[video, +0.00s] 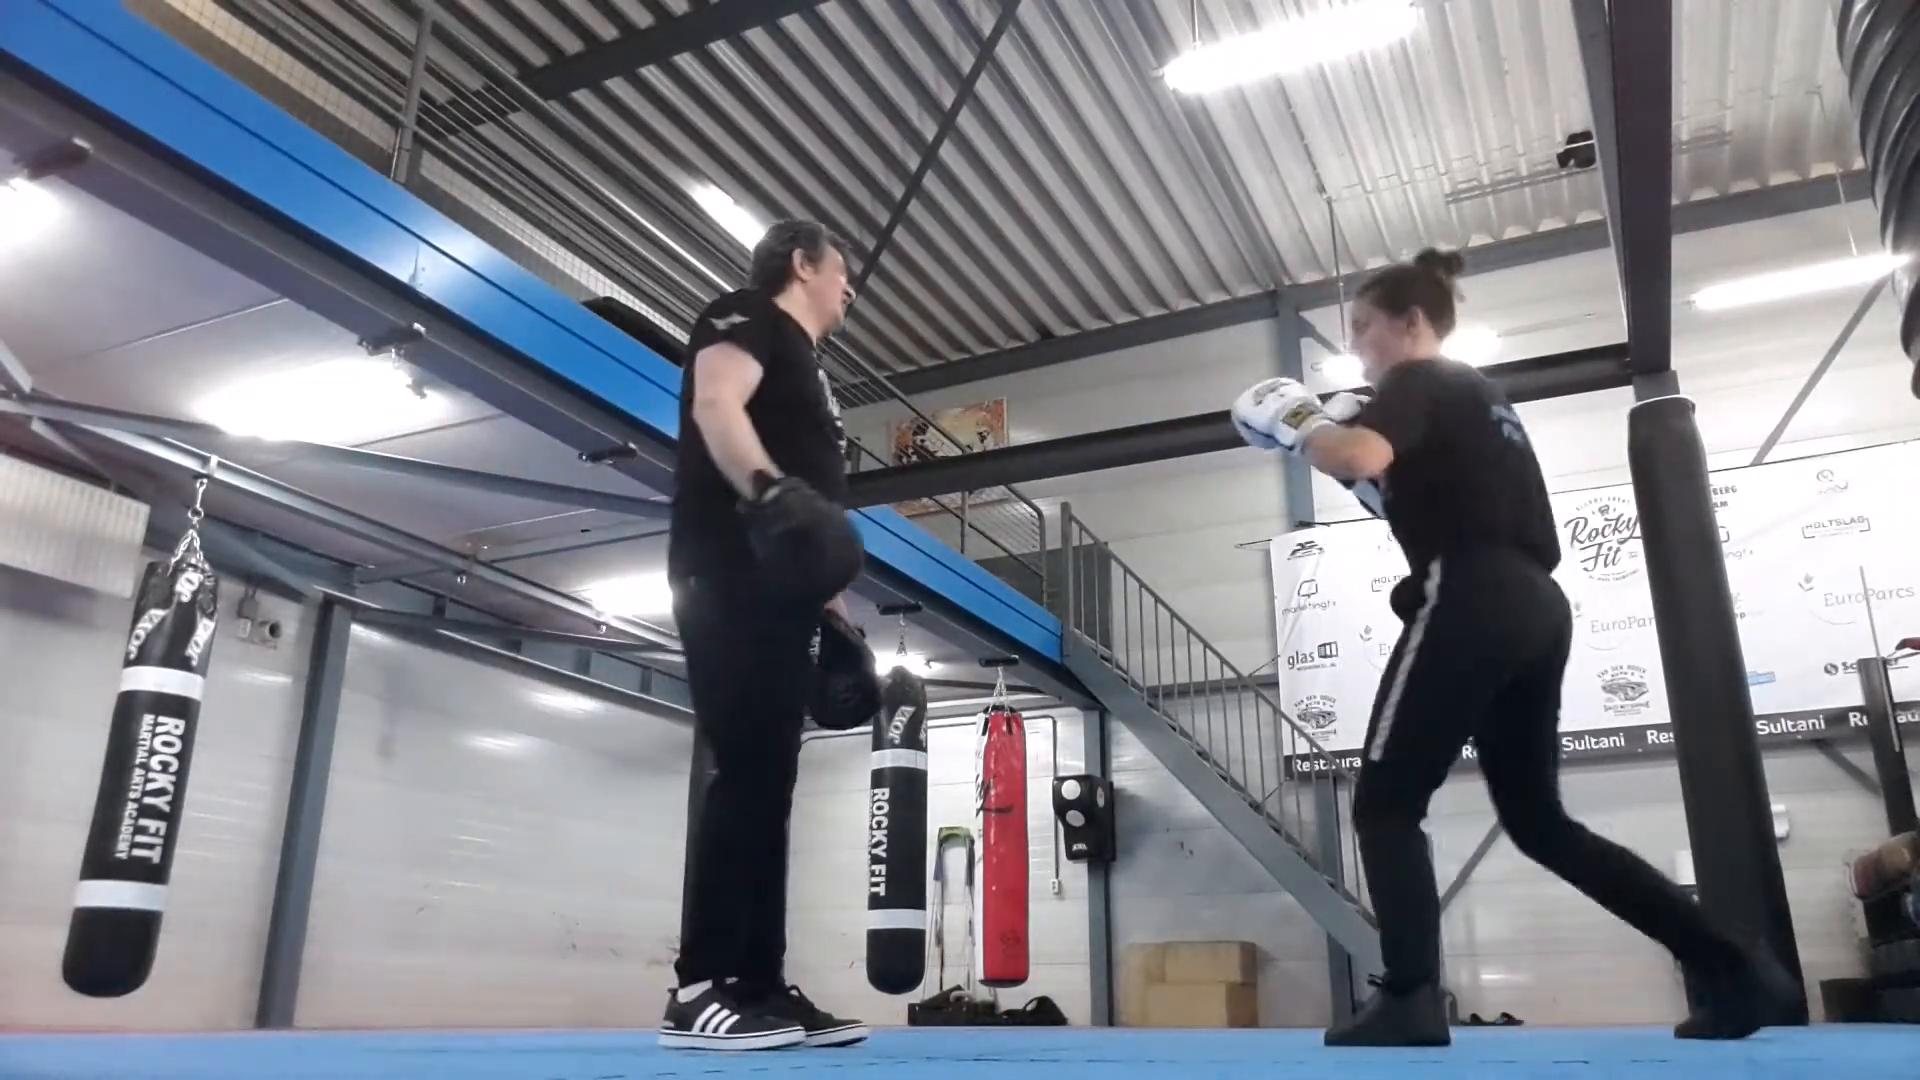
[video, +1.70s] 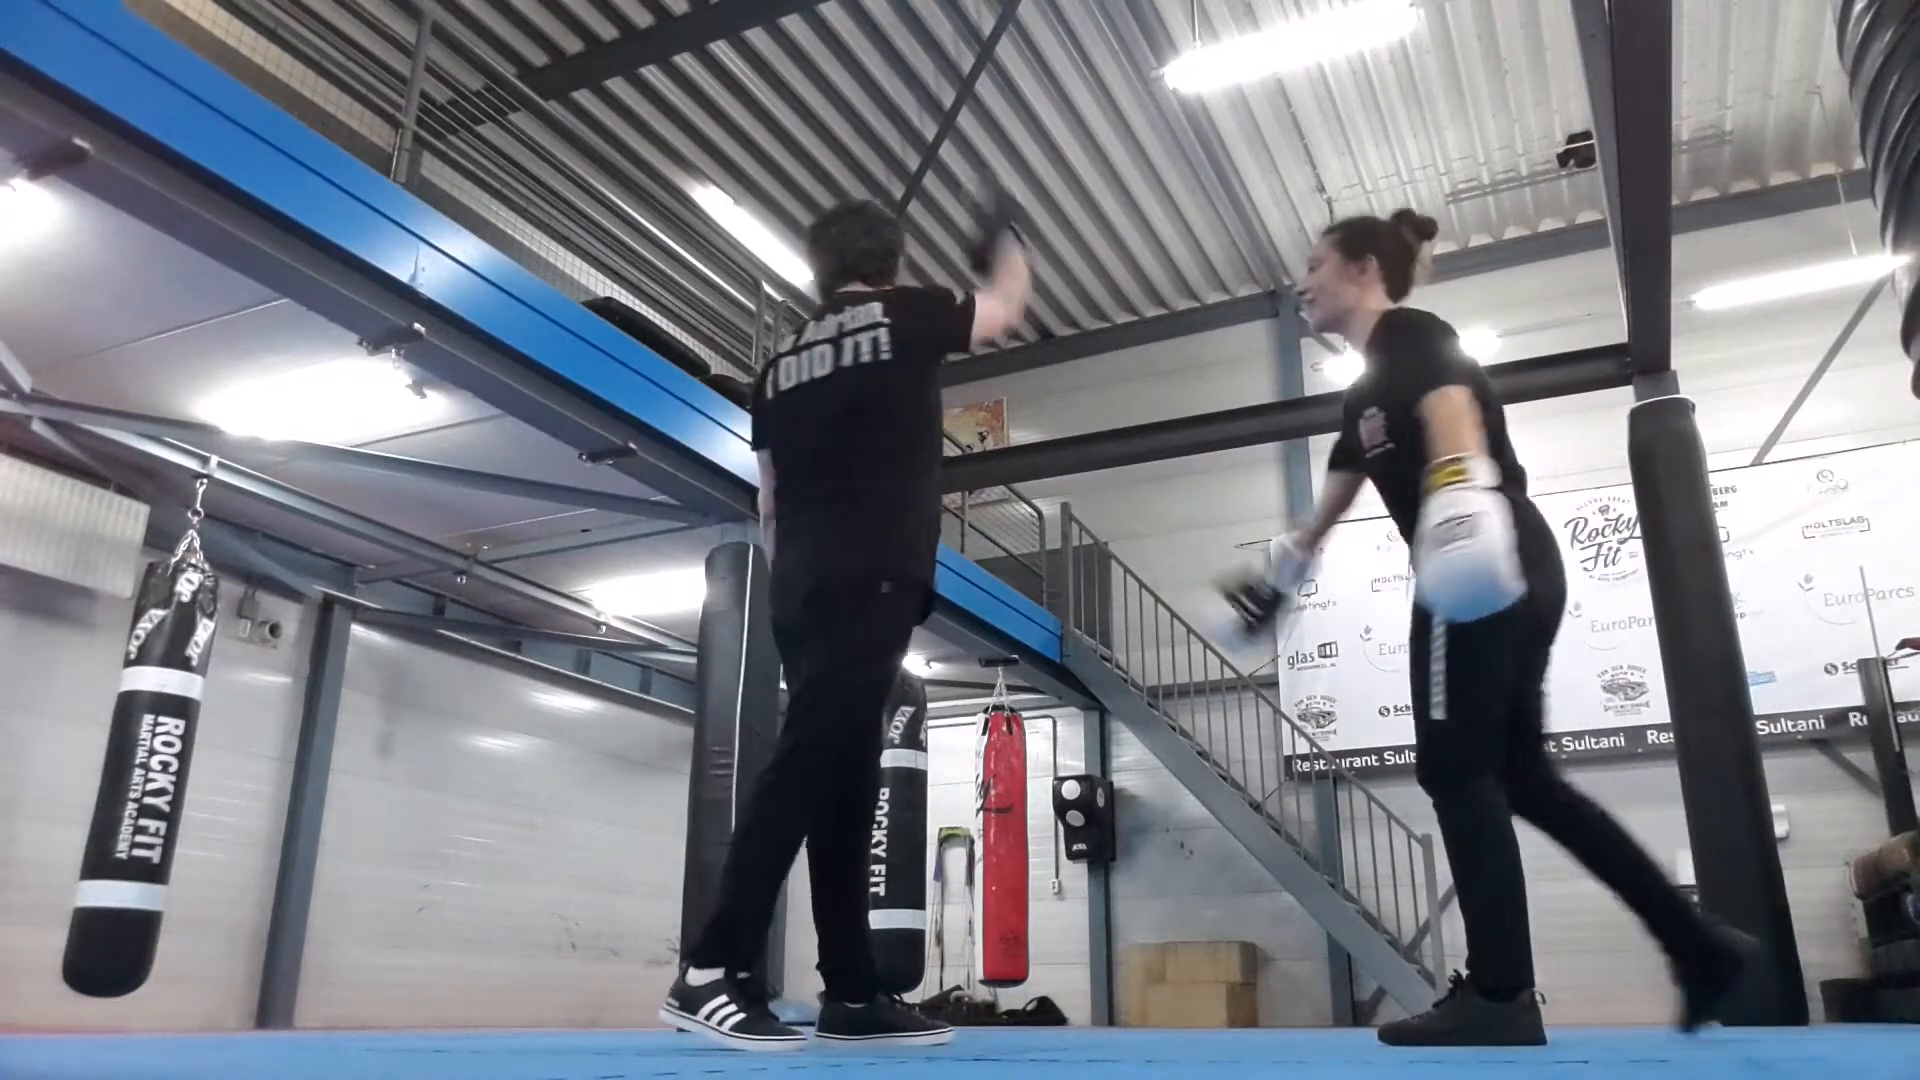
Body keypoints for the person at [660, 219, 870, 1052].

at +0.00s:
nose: (850, 291)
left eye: (851, 280)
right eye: (843, 274)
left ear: (802, 272)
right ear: (802, 265)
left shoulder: (792, 355)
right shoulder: (755, 317)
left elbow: (793, 503)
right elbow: (713, 402)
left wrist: (830, 611)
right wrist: (772, 494)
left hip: (767, 588)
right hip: (733, 578)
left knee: (759, 780)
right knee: (749, 778)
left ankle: (752, 989)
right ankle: (716, 992)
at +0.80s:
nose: (874, 250)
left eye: (876, 235)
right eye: (866, 230)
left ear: (825, 234)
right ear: (819, 226)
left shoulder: (828, 349)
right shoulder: (753, 294)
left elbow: (834, 495)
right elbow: (682, 373)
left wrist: (883, 584)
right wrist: (632, 442)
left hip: (825, 585)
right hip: (757, 568)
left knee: (800, 790)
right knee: (732, 776)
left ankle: (768, 988)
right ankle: (701, 994)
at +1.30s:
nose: (892, 269)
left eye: (889, 253)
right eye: (891, 253)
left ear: (812, 251)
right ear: (873, 251)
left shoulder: (817, 327)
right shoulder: (823, 317)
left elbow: (805, 449)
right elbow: (791, 431)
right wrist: (756, 523)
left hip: (818, 599)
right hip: (797, 594)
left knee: (849, 778)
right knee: (767, 774)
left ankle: (854, 994)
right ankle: (703, 996)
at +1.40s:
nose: (884, 266)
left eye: (879, 255)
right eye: (881, 254)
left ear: (794, 263)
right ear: (869, 255)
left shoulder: (774, 345)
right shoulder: (851, 319)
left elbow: (783, 478)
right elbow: (893, 451)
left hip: (793, 590)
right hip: (822, 591)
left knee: (845, 785)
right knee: (771, 777)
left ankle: (854, 996)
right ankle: (704, 996)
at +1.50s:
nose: (877, 268)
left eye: (868, 257)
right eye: (875, 254)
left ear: (786, 268)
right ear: (864, 255)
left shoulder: (761, 354)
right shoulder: (863, 315)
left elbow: (806, 458)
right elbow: (977, 421)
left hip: (801, 587)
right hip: (836, 585)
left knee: (847, 787)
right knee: (774, 775)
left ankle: (853, 998)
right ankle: (705, 996)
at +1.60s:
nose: (880, 266)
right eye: (876, 251)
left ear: (797, 269)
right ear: (874, 255)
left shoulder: (768, 361)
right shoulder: (886, 316)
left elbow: (774, 492)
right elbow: (1003, 364)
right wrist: (1075, 365)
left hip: (800, 588)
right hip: (853, 584)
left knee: (844, 789)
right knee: (787, 774)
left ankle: (854, 996)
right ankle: (708, 987)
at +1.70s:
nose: (897, 268)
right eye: (893, 255)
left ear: (817, 272)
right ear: (894, 260)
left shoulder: (779, 369)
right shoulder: (910, 311)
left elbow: (769, 497)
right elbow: (999, 310)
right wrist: (1009, 257)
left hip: (800, 584)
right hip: (874, 576)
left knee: (846, 785)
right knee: (807, 766)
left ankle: (854, 995)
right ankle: (711, 978)